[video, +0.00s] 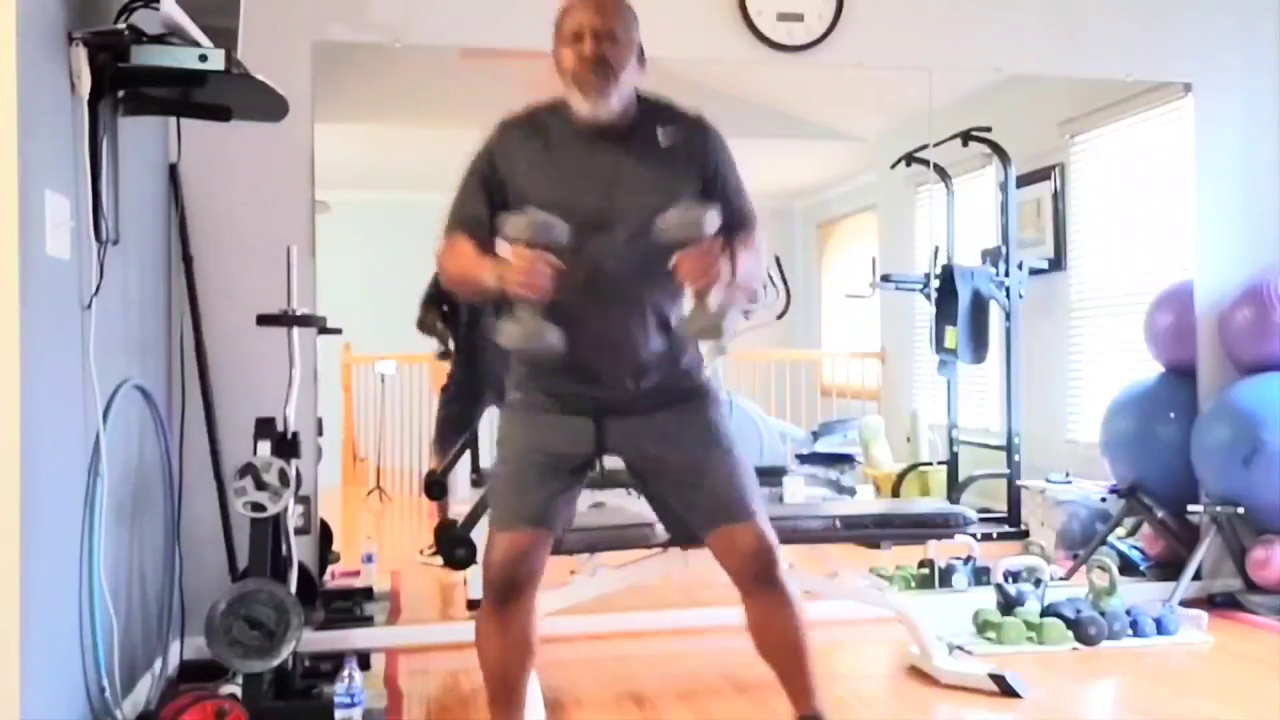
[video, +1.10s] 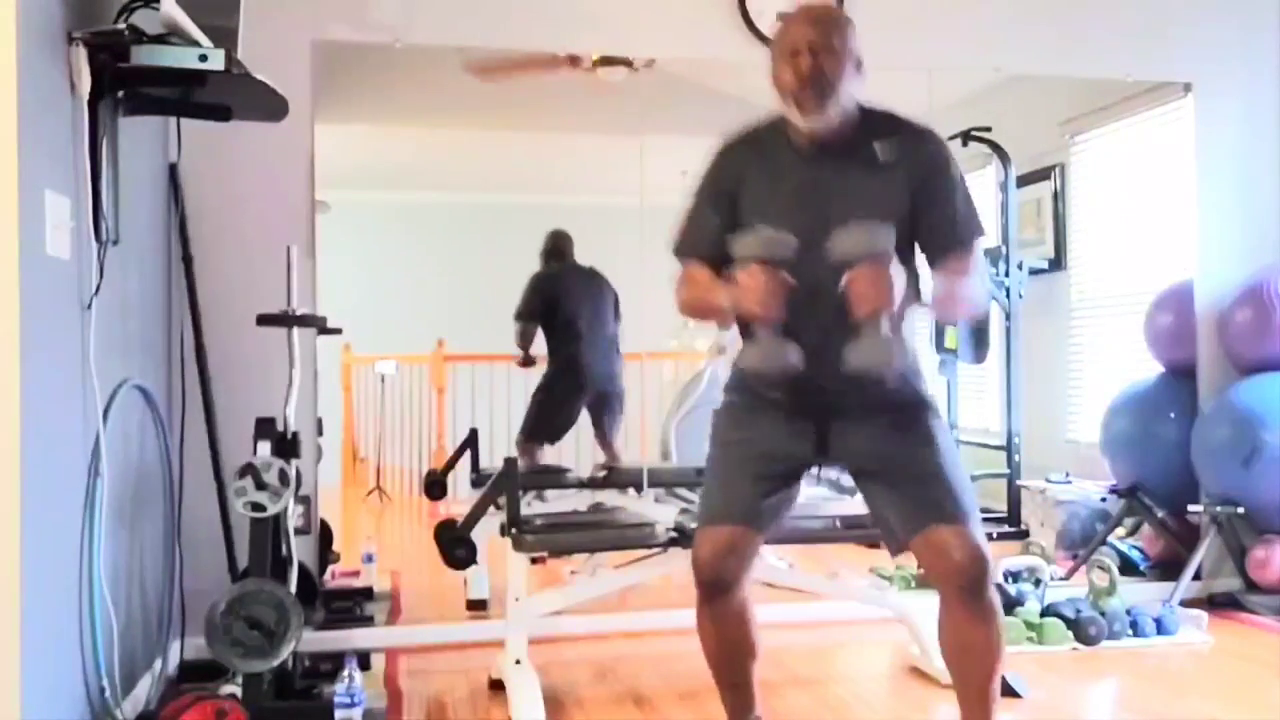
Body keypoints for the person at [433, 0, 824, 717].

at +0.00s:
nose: (591, 50)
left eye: (608, 36)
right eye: (576, 37)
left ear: (638, 54)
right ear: (554, 53)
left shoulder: (689, 141)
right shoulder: (514, 144)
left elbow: (748, 249)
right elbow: (453, 256)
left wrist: (728, 263)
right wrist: (501, 271)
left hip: (666, 390)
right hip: (547, 394)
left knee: (755, 556)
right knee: (508, 570)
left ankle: (811, 711)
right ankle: (510, 718)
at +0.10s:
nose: (612, 111)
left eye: (628, 96)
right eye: (597, 97)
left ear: (660, 109)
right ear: (579, 109)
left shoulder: (712, 198)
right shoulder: (540, 199)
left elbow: (757, 324)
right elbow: (487, 323)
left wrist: (715, 321)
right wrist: (545, 323)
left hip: (685, 430)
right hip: (564, 429)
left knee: (795, 572)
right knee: (500, 585)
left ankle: (832, 716)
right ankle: (506, 719)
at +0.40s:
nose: (701, 84)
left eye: (720, 69)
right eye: (687, 70)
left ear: (750, 84)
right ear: (668, 82)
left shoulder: (799, 174)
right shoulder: (623, 179)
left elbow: (849, 271)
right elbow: (569, 292)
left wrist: (833, 291)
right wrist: (596, 301)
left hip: (769, 412)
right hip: (650, 411)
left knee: (852, 572)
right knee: (571, 567)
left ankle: (844, 719)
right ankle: (531, 714)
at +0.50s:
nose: (719, 30)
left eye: (737, 14)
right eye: (706, 14)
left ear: (773, 23)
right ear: (691, 23)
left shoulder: (827, 118)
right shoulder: (652, 123)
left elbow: (874, 225)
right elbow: (608, 239)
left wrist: (889, 273)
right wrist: (608, 287)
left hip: (798, 370)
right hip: (683, 369)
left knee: (845, 558)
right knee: (620, 542)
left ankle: (843, 718)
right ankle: (595, 706)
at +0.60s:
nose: (739, 9)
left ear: (797, 9)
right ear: (708, 11)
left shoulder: (848, 99)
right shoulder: (672, 103)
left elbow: (912, 195)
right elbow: (621, 212)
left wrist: (930, 238)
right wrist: (603, 249)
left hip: (818, 360)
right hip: (706, 359)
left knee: (841, 553)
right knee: (658, 541)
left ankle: (844, 714)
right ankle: (697, 702)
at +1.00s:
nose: (781, 21)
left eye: (800, 4)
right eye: (763, 5)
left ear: (833, 11)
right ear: (742, 14)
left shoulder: (891, 105)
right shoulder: (709, 117)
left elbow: (956, 212)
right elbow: (657, 238)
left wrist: (924, 237)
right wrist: (687, 255)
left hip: (875, 362)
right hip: (758, 369)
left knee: (940, 534)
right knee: (734, 551)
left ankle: (966, 710)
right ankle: (746, 714)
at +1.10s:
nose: (806, 68)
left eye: (822, 52)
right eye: (792, 54)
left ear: (855, 62)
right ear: (772, 67)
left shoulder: (915, 154)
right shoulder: (742, 159)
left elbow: (967, 292)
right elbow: (690, 289)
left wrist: (908, 291)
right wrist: (734, 295)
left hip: (882, 402)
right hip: (766, 400)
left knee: (965, 567)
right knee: (715, 565)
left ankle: (978, 717)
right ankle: (742, 716)